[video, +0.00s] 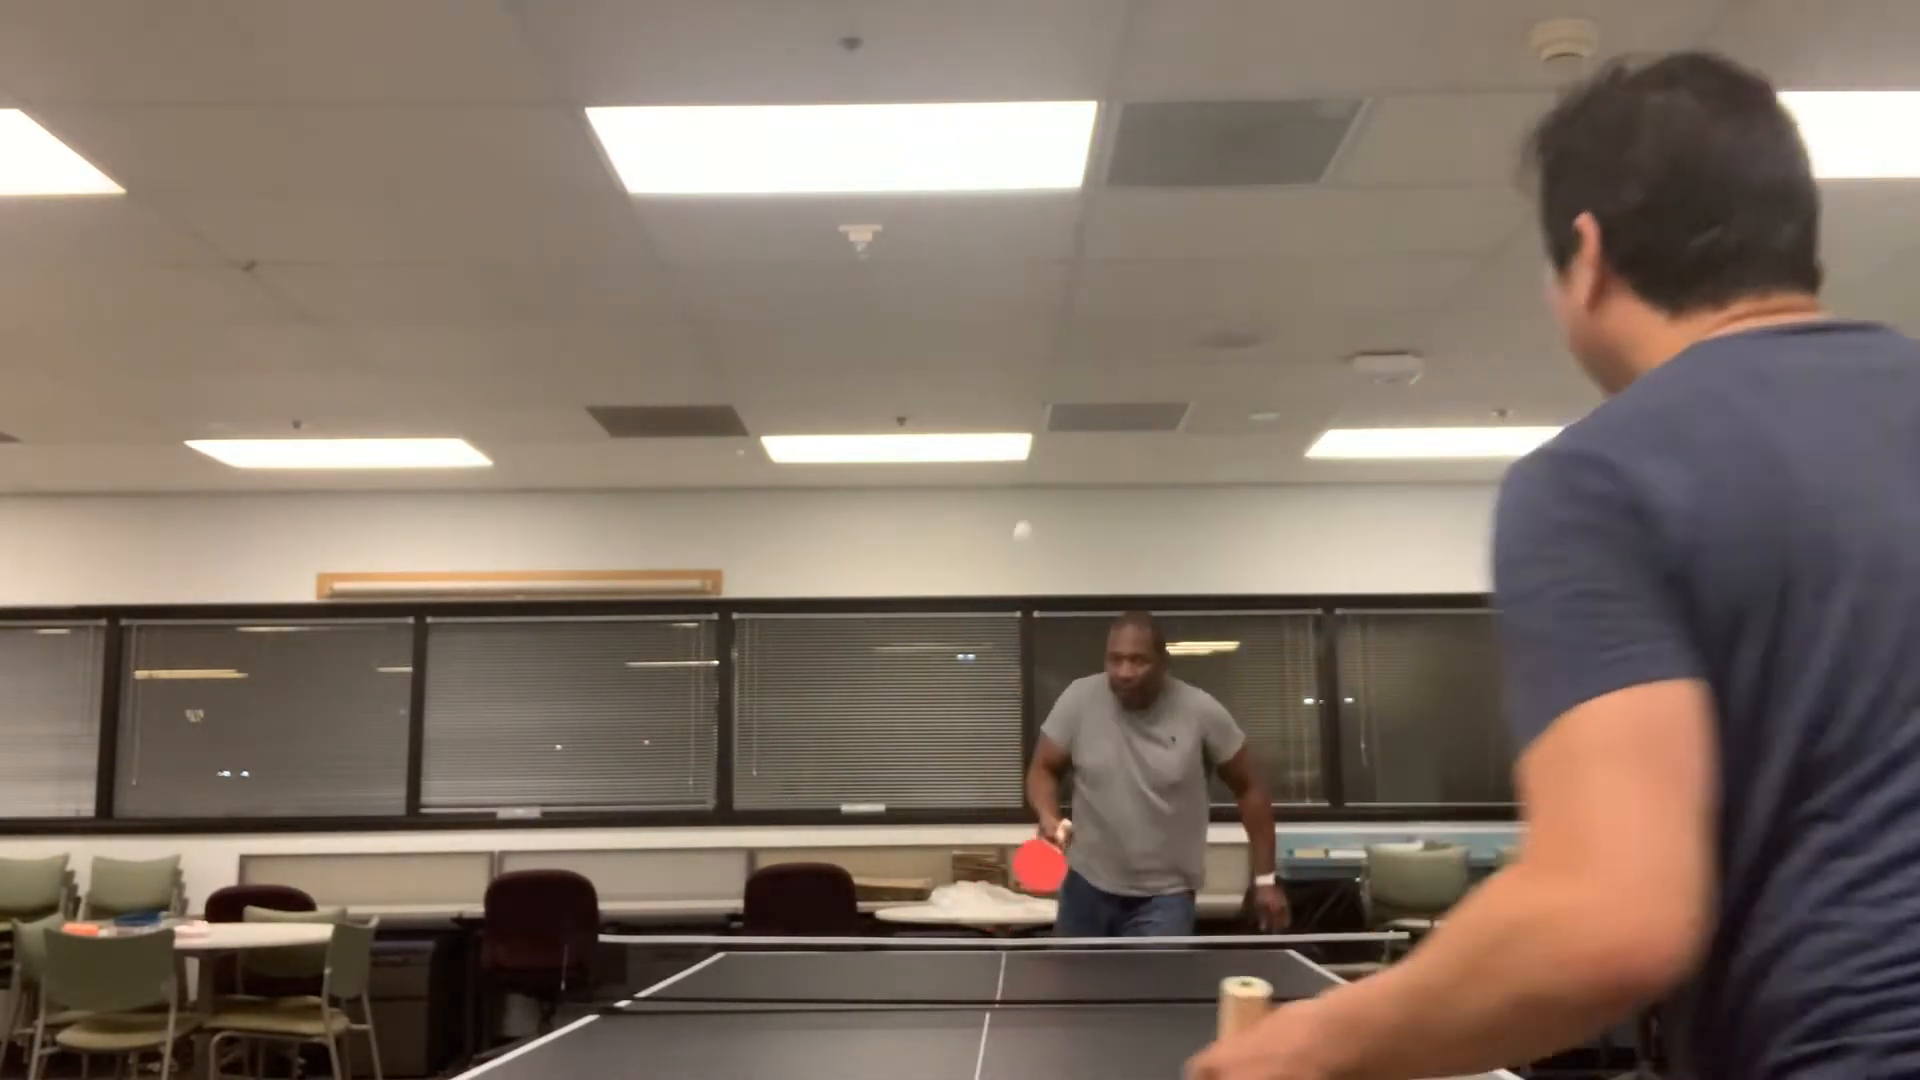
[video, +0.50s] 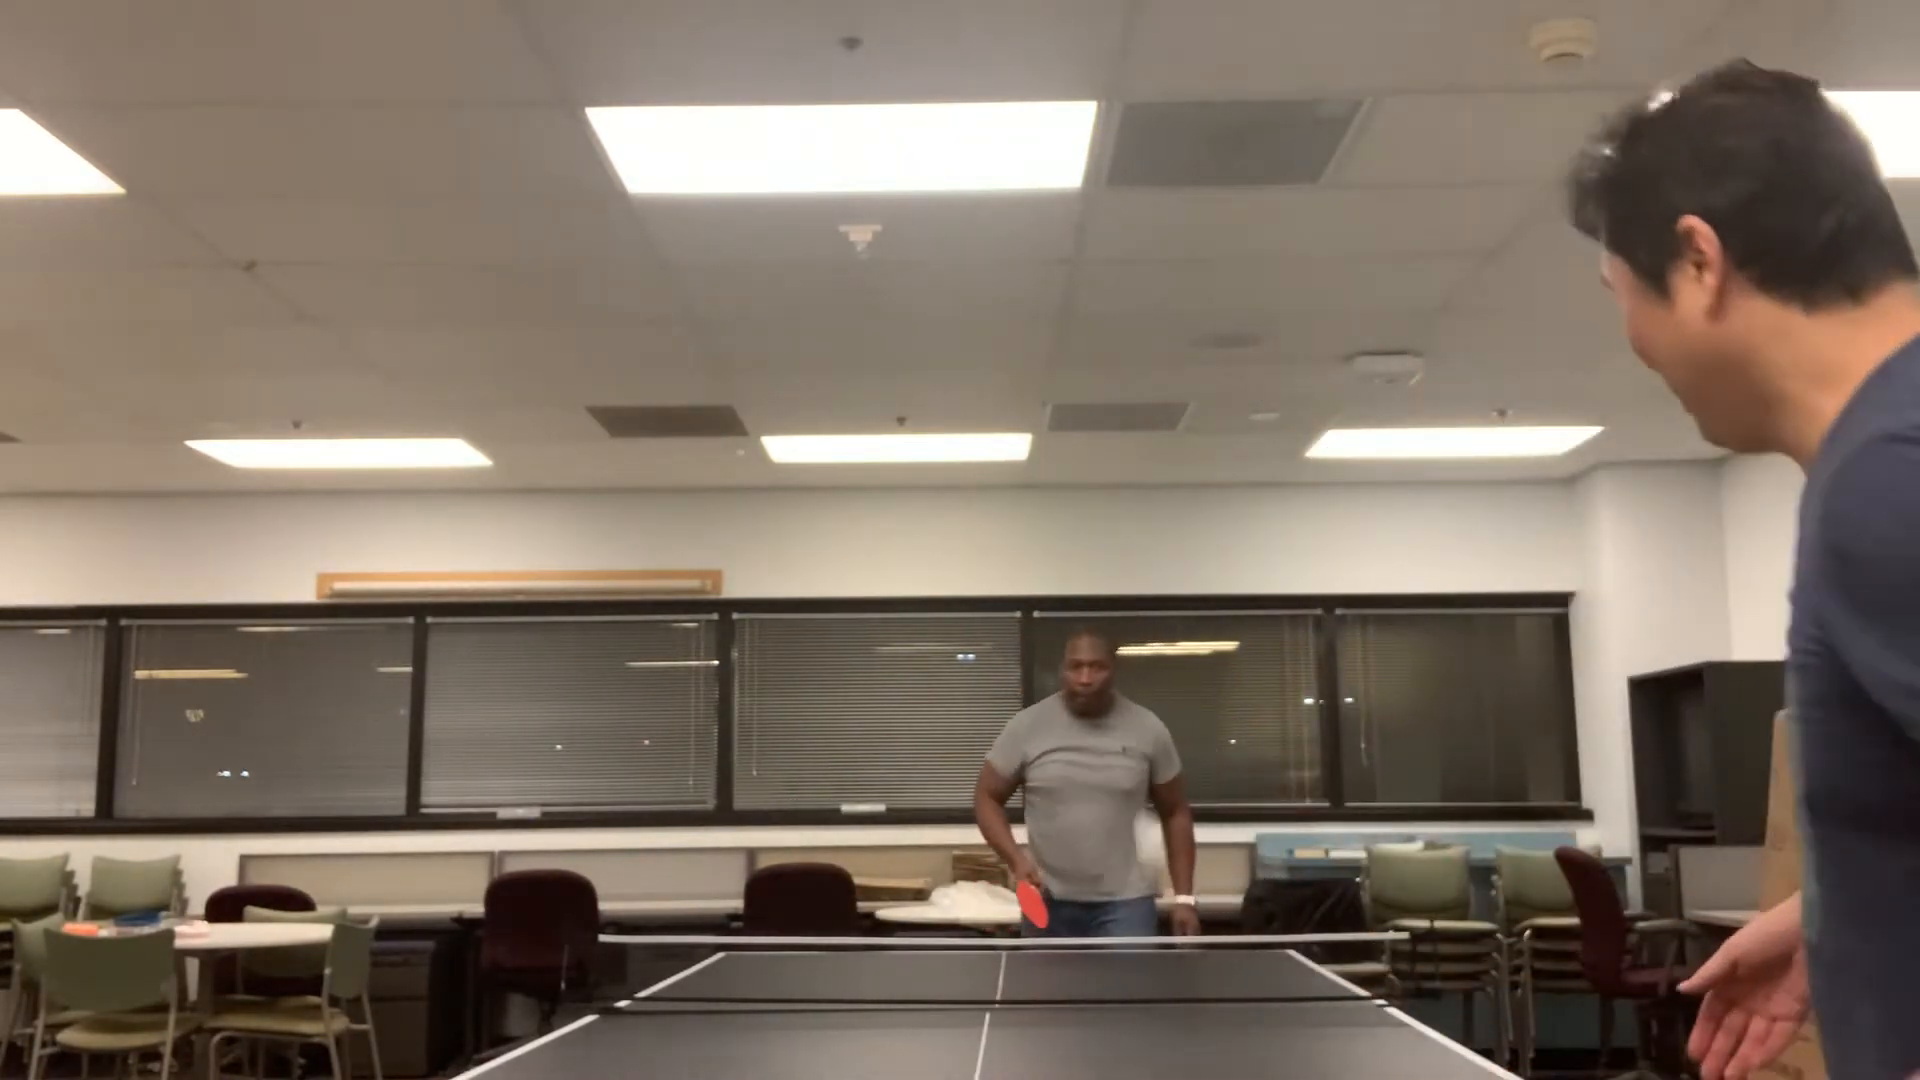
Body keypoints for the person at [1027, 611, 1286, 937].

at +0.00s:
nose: (1124, 673)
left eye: (1138, 661)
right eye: (1116, 660)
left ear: (1162, 661)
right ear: (1105, 659)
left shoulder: (1200, 712)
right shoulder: (1080, 699)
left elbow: (1250, 788)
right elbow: (1042, 769)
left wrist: (1265, 879)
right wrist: (1049, 817)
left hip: (1165, 894)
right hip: (1088, 887)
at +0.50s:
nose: (1085, 678)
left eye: (1096, 667)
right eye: (1076, 667)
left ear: (1112, 671)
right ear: (1062, 671)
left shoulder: (1147, 730)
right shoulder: (1027, 726)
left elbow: (1175, 812)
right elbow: (986, 798)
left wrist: (1184, 898)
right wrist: (1016, 859)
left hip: (1124, 902)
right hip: (1050, 902)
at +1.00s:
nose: (1102, 673)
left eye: (1113, 662)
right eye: (1092, 662)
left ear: (1127, 668)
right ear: (1077, 667)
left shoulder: (1160, 728)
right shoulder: (1043, 725)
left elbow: (1189, 810)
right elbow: (1017, 801)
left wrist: (1197, 896)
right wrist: (1026, 873)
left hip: (1140, 895)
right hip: (1065, 893)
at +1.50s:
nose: (1086, 689)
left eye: (1097, 678)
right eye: (1076, 679)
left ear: (1113, 678)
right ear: (1063, 680)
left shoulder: (1153, 733)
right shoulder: (1035, 740)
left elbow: (1187, 809)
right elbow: (1014, 811)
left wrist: (1210, 891)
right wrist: (1031, 876)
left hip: (1145, 900)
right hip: (1068, 901)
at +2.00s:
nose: (1131, 675)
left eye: (1143, 667)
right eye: (1125, 663)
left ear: (1170, 662)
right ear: (1118, 654)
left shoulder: (1209, 688)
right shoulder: (1103, 681)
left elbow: (1277, 739)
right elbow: (1056, 722)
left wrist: (1331, 807)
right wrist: (1024, 741)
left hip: (1187, 875)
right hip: (1113, 870)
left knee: (1188, 992)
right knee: (1098, 986)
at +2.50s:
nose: (1133, 675)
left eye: (1143, 665)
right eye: (1123, 665)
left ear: (1157, 671)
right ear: (1108, 671)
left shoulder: (1188, 728)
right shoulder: (1073, 720)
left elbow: (1218, 805)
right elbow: (1035, 788)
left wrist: (1231, 888)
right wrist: (1063, 834)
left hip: (1161, 899)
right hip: (1086, 896)